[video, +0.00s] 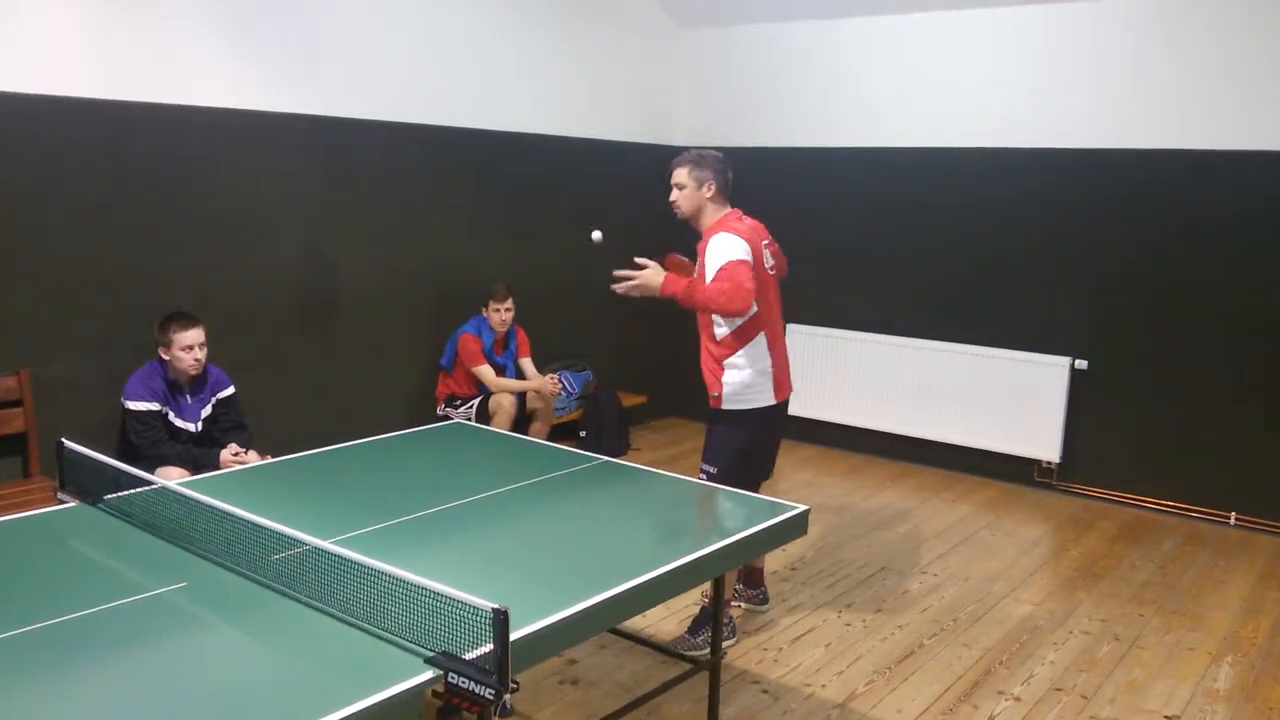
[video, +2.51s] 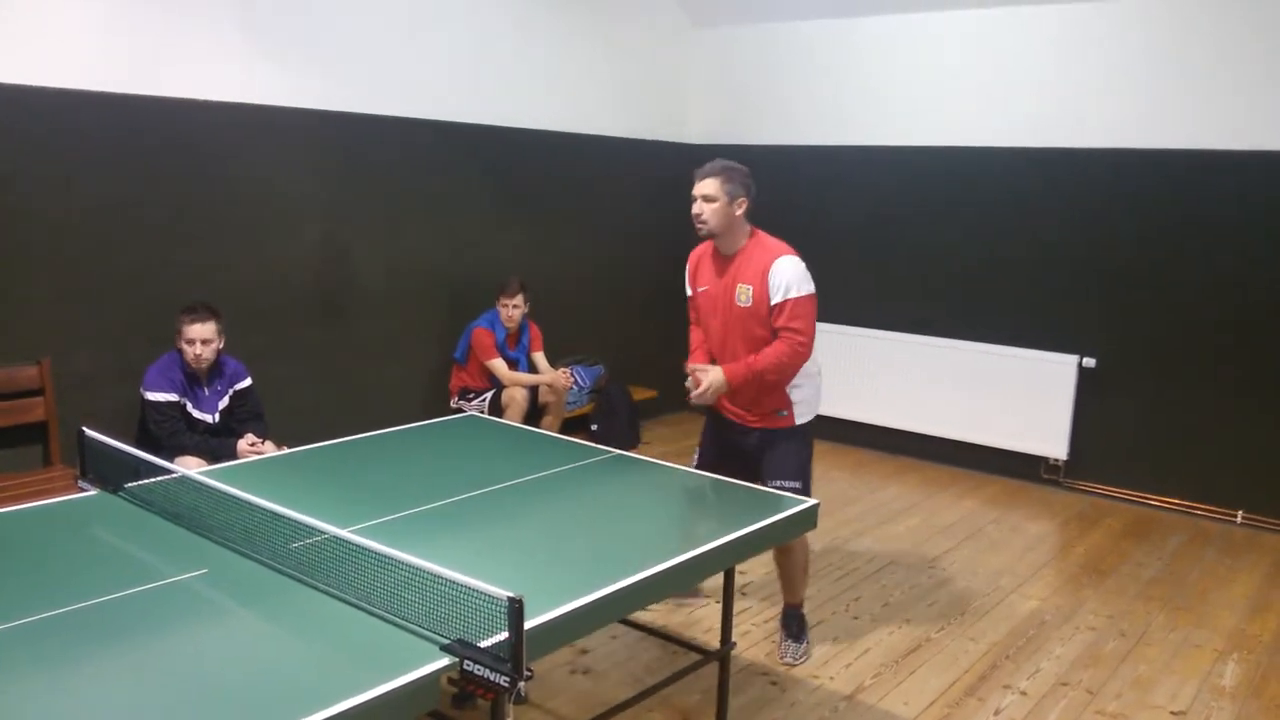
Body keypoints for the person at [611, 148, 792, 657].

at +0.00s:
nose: (672, 197)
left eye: (678, 188)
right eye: (672, 188)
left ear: (708, 189)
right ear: (713, 191)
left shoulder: (723, 239)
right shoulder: (751, 229)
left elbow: (736, 298)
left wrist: (667, 285)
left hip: (741, 400)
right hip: (764, 395)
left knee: (714, 505)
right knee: (742, 494)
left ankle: (717, 613)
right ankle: (752, 582)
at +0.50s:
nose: (651, 214)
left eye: (658, 203)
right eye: (649, 204)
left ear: (692, 199)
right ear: (677, 203)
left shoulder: (743, 248)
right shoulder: (663, 253)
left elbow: (793, 307)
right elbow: (634, 299)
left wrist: (728, 318)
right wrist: (601, 269)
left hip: (748, 408)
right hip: (698, 404)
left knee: (734, 513)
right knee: (692, 505)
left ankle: (731, 610)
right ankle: (725, 596)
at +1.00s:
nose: (642, 216)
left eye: (652, 206)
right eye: (637, 206)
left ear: (682, 207)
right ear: (634, 209)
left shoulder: (729, 256)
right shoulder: (634, 263)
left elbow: (753, 324)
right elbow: (631, 324)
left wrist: (703, 335)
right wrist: (654, 351)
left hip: (730, 401)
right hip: (671, 400)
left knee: (741, 499)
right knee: (641, 490)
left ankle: (752, 604)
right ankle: (630, 580)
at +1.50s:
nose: (672, 250)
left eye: (681, 239)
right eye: (666, 240)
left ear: (711, 231)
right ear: (663, 237)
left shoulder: (763, 276)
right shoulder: (665, 281)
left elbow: (802, 338)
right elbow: (654, 339)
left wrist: (754, 387)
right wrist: (659, 394)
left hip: (763, 416)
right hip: (699, 413)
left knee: (778, 514)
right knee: (668, 498)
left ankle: (795, 618)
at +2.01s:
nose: (658, 216)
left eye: (668, 207)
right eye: (655, 206)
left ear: (699, 209)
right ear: (656, 209)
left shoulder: (745, 261)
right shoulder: (647, 255)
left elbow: (771, 324)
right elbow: (599, 296)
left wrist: (734, 358)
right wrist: (577, 316)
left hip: (732, 412)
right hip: (667, 408)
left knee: (763, 507)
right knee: (639, 497)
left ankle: (791, 611)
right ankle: (623, 584)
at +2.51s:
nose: (696, 209)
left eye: (707, 201)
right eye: (694, 200)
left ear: (740, 206)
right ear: (696, 206)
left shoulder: (782, 265)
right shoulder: (697, 261)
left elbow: (796, 344)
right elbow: (699, 329)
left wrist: (728, 377)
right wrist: (699, 365)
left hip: (781, 424)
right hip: (724, 416)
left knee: (787, 523)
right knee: (699, 503)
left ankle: (793, 616)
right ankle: (686, 578)